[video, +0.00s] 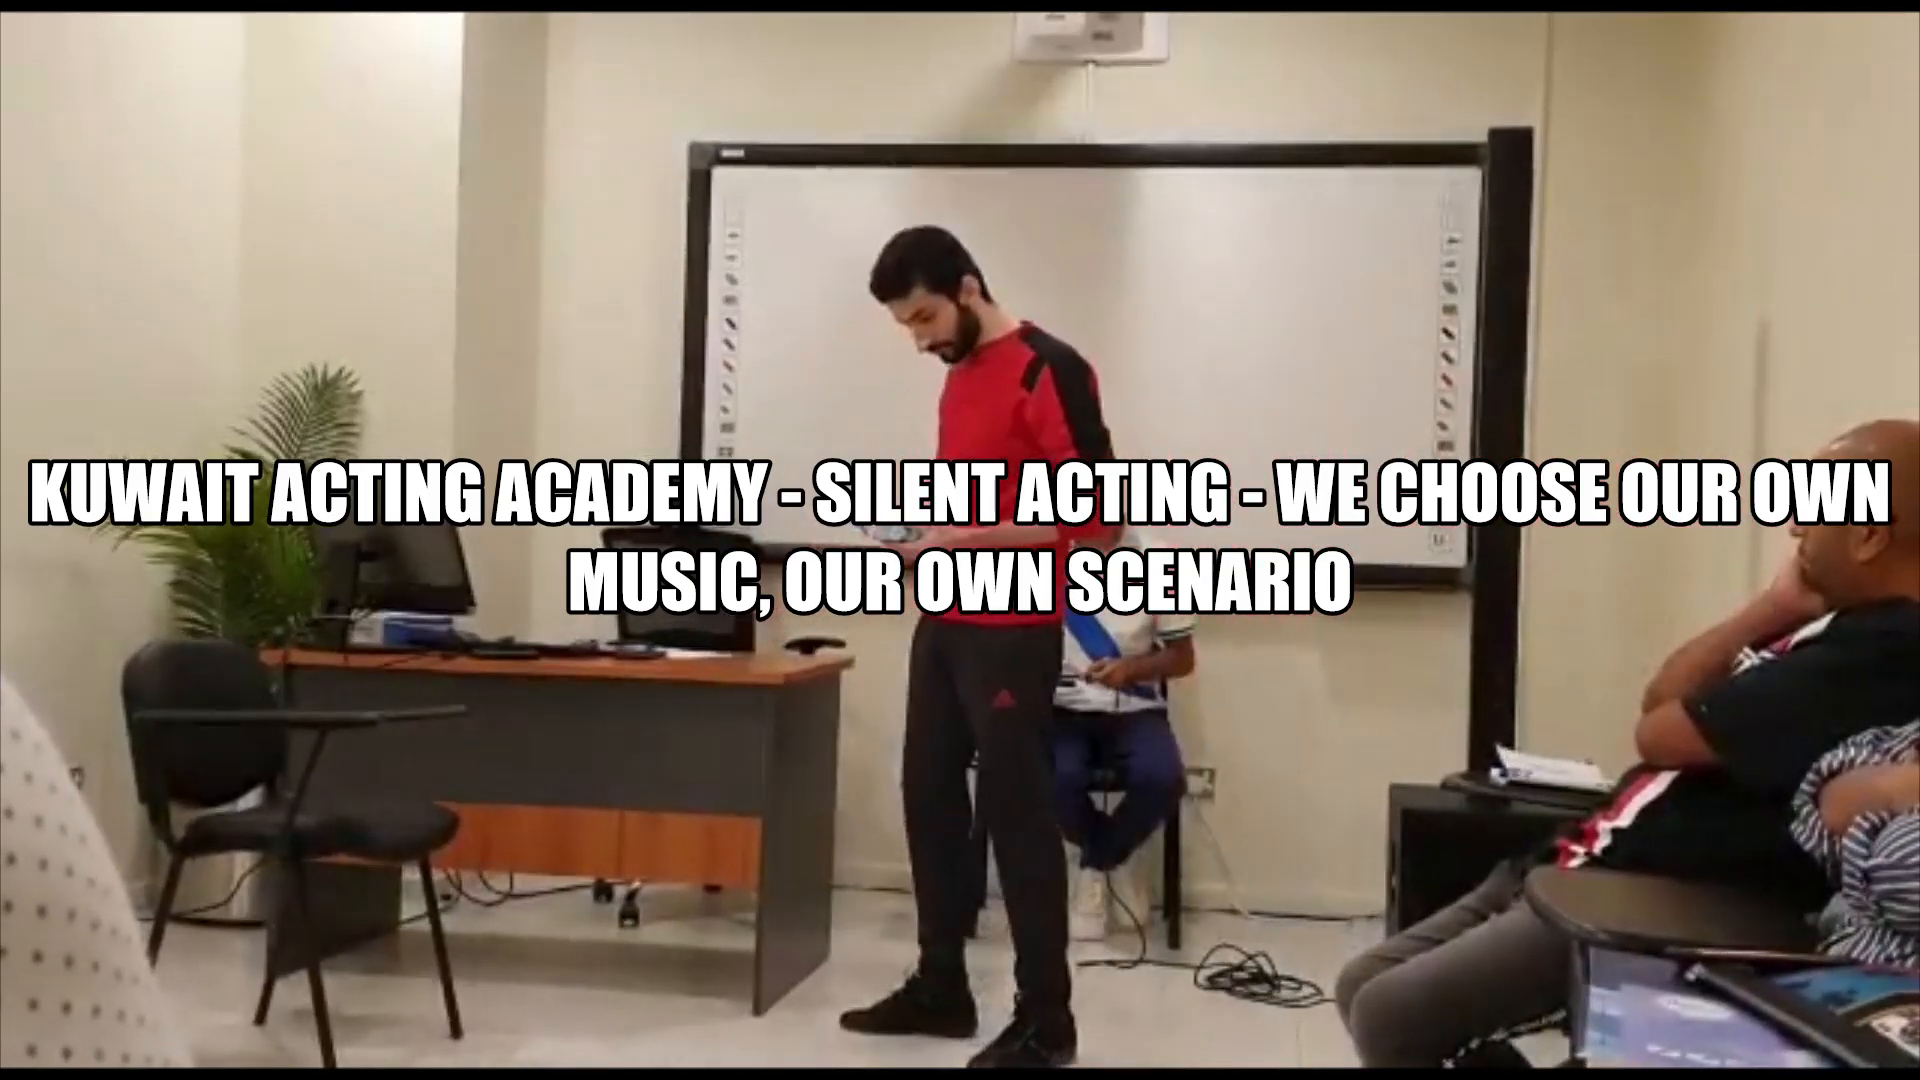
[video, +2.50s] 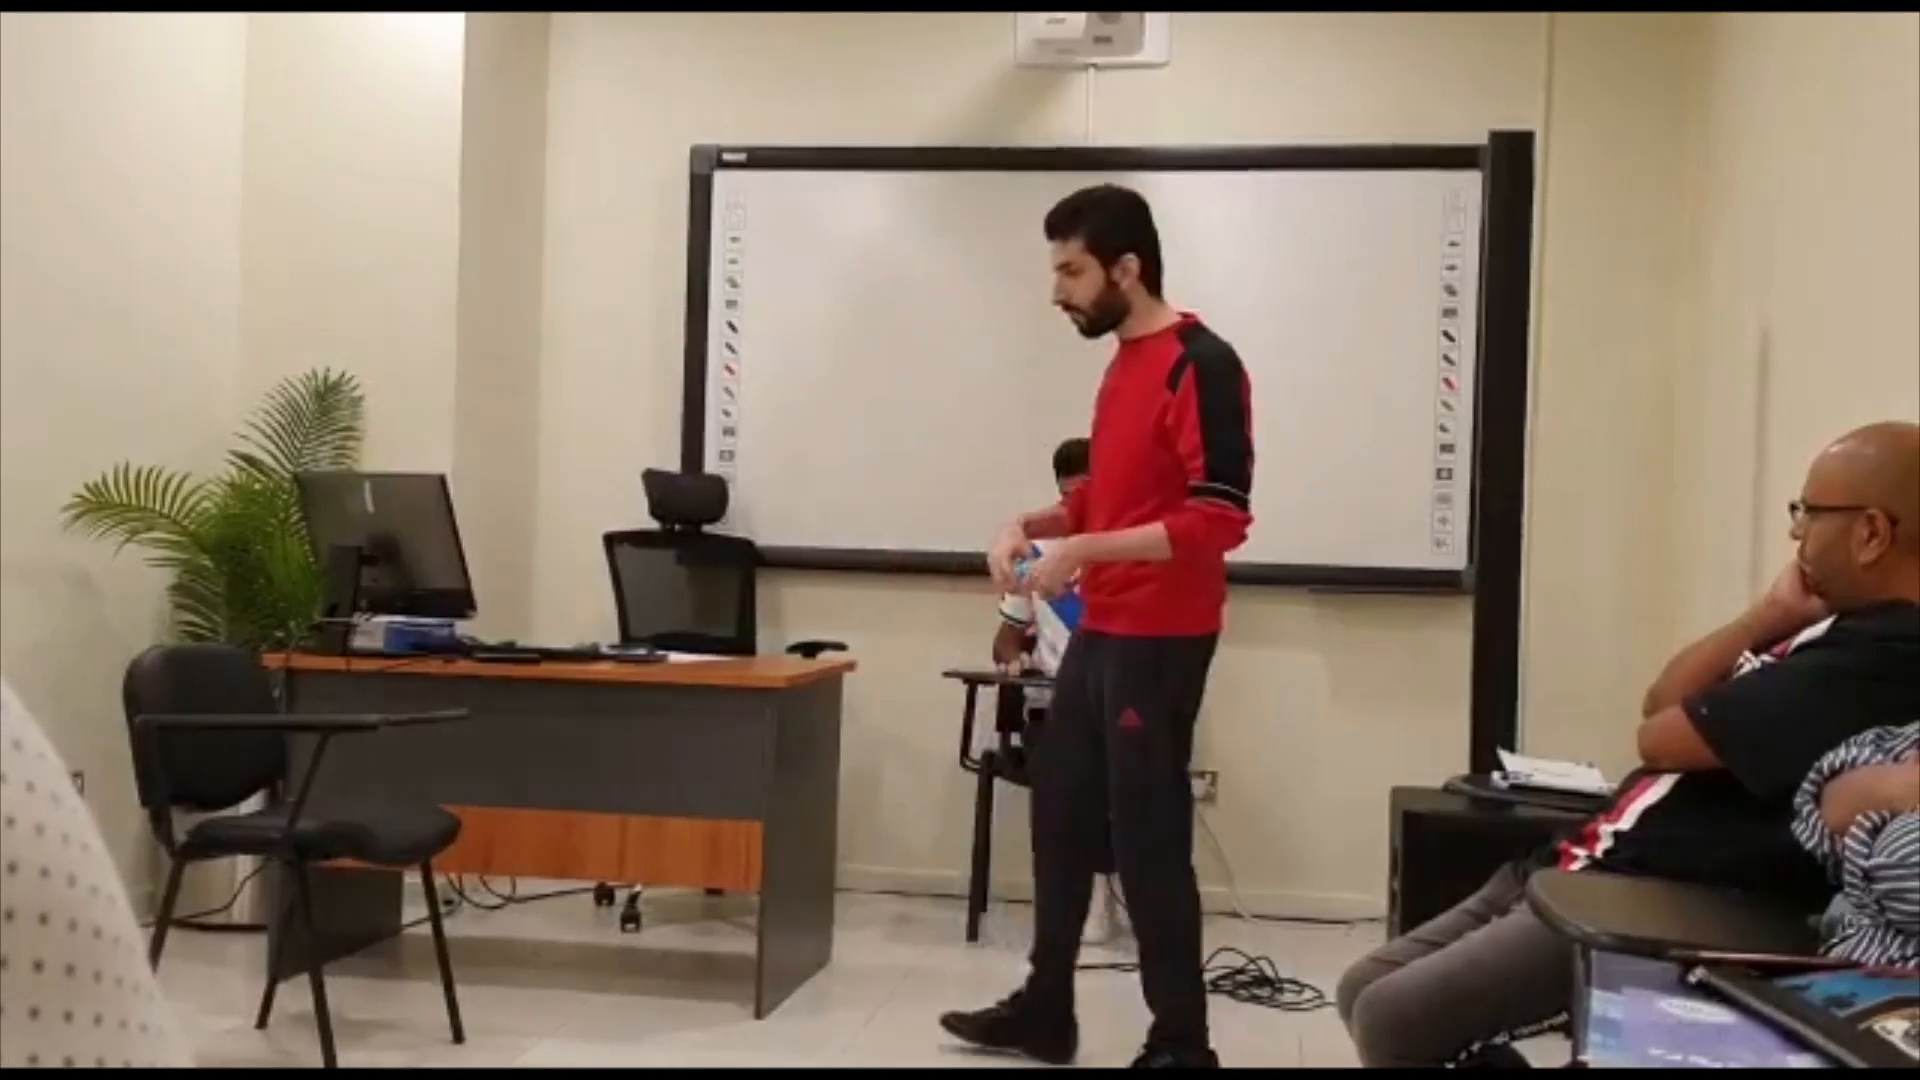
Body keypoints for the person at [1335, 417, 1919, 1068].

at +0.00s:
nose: (1796, 534)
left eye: (1814, 513)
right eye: (1801, 512)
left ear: (1873, 533)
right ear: (1873, 534)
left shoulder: (1885, 646)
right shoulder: (1847, 626)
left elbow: (1663, 738)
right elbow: (1663, 696)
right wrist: (1782, 603)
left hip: (1636, 902)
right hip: (1587, 860)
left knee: (1387, 1018)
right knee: (1363, 983)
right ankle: (1491, 1061)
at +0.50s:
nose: (1798, 535)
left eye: (1816, 513)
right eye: (1803, 513)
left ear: (1877, 534)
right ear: (1876, 536)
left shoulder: (1883, 647)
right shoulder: (1848, 625)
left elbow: (1664, 737)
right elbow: (1666, 695)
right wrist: (1783, 604)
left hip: (1640, 903)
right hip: (1589, 861)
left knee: (1388, 1017)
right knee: (1363, 985)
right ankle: (1491, 1061)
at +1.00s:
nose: (1795, 535)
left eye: (1806, 516)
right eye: (1798, 514)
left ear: (1874, 532)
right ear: (1874, 532)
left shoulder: (1883, 650)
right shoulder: (1847, 626)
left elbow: (1666, 739)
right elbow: (1665, 700)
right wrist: (1783, 606)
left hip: (1632, 907)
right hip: (1581, 864)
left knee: (1388, 1019)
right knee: (1364, 985)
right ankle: (1486, 1061)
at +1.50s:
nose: (1794, 536)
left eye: (1806, 516)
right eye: (1798, 515)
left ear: (1873, 532)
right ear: (1873, 532)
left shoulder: (1882, 650)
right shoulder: (1848, 627)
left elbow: (1665, 743)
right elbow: (1662, 704)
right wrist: (1779, 610)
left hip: (1638, 907)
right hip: (1585, 863)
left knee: (1390, 1020)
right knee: (1365, 986)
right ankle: (1486, 1060)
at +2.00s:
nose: (1795, 536)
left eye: (1806, 517)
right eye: (1798, 516)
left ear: (1873, 533)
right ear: (1872, 533)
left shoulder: (1883, 651)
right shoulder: (1846, 628)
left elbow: (1665, 744)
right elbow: (1662, 703)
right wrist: (1778, 611)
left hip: (1640, 906)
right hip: (1588, 862)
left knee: (1389, 1022)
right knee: (1364, 988)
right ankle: (1489, 1060)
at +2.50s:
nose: (1796, 538)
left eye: (1807, 517)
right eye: (1799, 516)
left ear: (1874, 532)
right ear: (1874, 532)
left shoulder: (1881, 651)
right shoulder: (1848, 628)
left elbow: (1663, 744)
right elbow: (1661, 702)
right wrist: (1778, 612)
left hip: (1640, 906)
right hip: (1586, 863)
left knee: (1388, 1022)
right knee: (1364, 987)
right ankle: (1486, 1060)